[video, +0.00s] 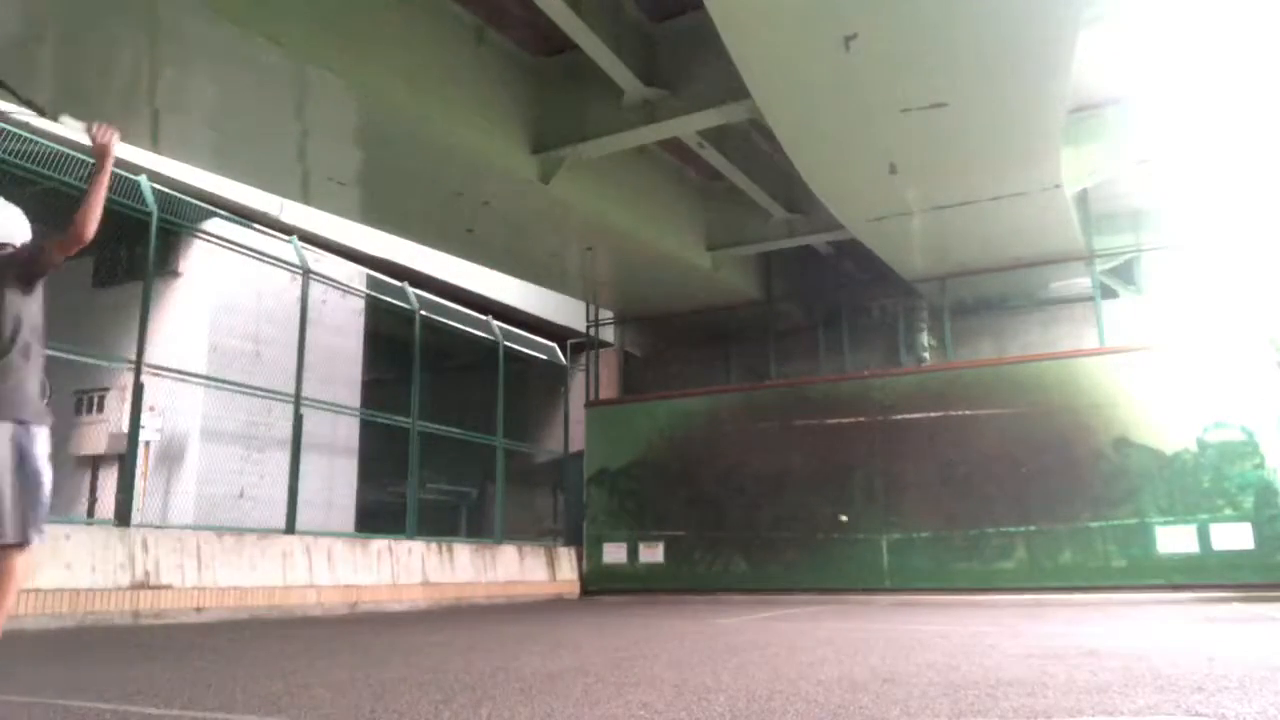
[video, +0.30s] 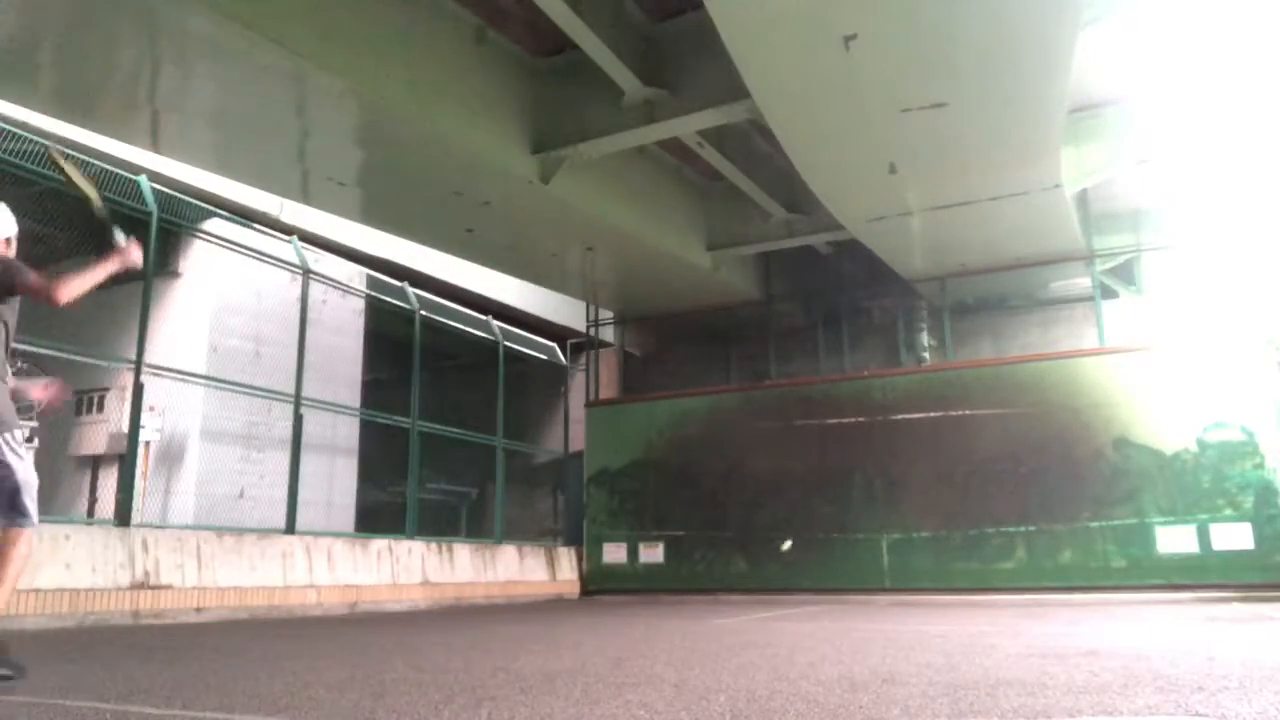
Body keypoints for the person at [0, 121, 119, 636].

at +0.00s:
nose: (24, 244)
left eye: (20, 236)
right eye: (18, 237)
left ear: (15, 235)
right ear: (9, 238)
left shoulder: (22, 261)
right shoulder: (16, 263)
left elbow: (79, 235)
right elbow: (79, 234)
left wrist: (103, 161)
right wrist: (105, 160)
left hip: (25, 416)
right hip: (14, 415)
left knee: (18, 541)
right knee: (13, 543)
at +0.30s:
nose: (14, 247)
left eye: (12, 240)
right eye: (10, 240)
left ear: (6, 242)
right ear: (4, 240)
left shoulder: (11, 279)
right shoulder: (6, 271)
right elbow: (56, 293)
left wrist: (27, 389)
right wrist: (118, 260)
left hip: (14, 427)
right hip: (9, 428)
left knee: (19, 526)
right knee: (20, 525)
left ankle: (3, 647)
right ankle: (2, 645)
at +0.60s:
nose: (66, 264)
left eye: (65, 255)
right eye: (63, 255)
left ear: (20, 250)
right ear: (47, 254)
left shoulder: (7, 288)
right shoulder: (55, 289)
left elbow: (14, 370)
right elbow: (100, 367)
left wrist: (61, 395)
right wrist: (107, 406)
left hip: (8, 424)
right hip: (27, 426)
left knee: (38, 540)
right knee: (46, 540)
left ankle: (26, 658)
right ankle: (27, 658)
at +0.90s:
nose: (146, 251)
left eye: (145, 243)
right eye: (145, 244)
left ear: (87, 232)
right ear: (133, 243)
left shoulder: (52, 264)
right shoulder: (150, 284)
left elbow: (8, 333)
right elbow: (151, 356)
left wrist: (49, 338)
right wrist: (110, 343)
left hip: (54, 414)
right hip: (116, 425)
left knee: (25, 523)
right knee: (80, 546)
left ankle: (56, 631)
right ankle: (35, 654)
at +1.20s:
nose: (156, 225)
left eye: (162, 220)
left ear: (173, 225)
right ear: (213, 235)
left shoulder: (171, 247)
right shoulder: (213, 279)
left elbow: (97, 262)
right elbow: (121, 329)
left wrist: (87, 231)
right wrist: (68, 276)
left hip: (181, 411)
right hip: (236, 417)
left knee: (116, 536)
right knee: (179, 521)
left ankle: (102, 675)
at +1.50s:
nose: (273, 252)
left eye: (276, 245)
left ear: (283, 249)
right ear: (323, 254)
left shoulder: (282, 273)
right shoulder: (349, 295)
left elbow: (276, 347)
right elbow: (342, 367)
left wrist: (234, 426)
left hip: (302, 424)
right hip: (355, 431)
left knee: (220, 536)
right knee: (339, 552)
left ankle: (154, 662)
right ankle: (373, 663)